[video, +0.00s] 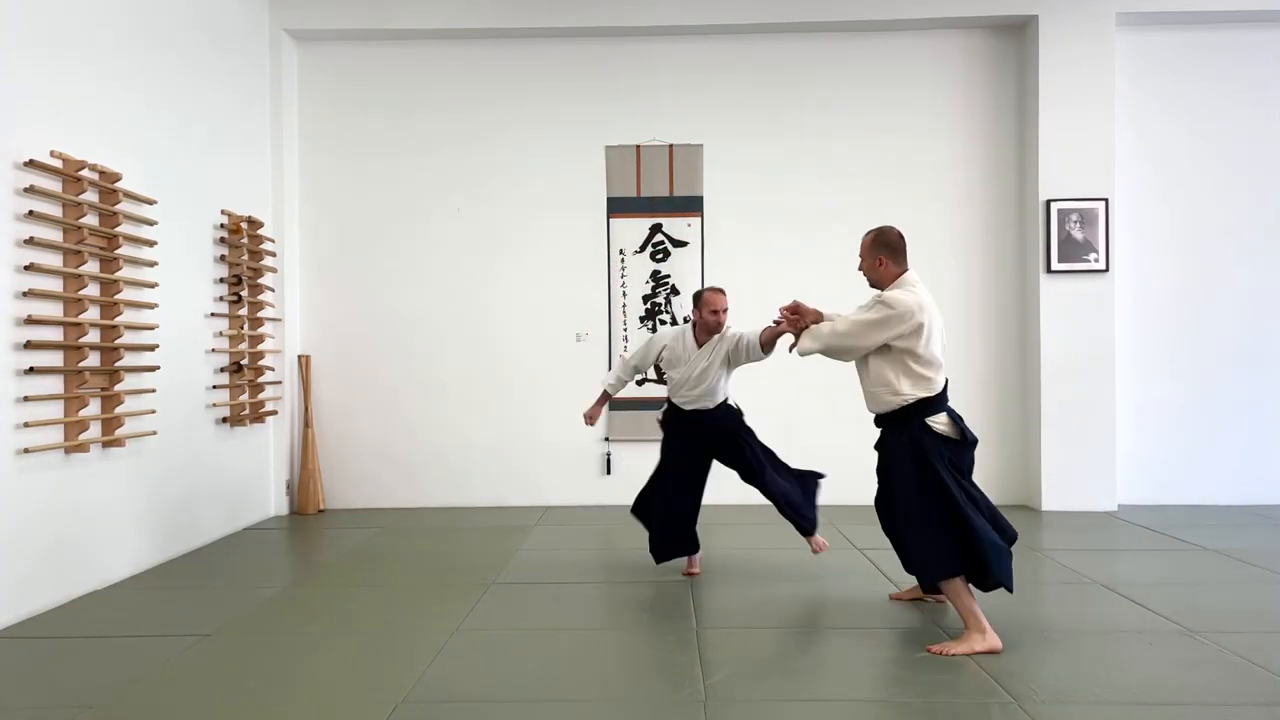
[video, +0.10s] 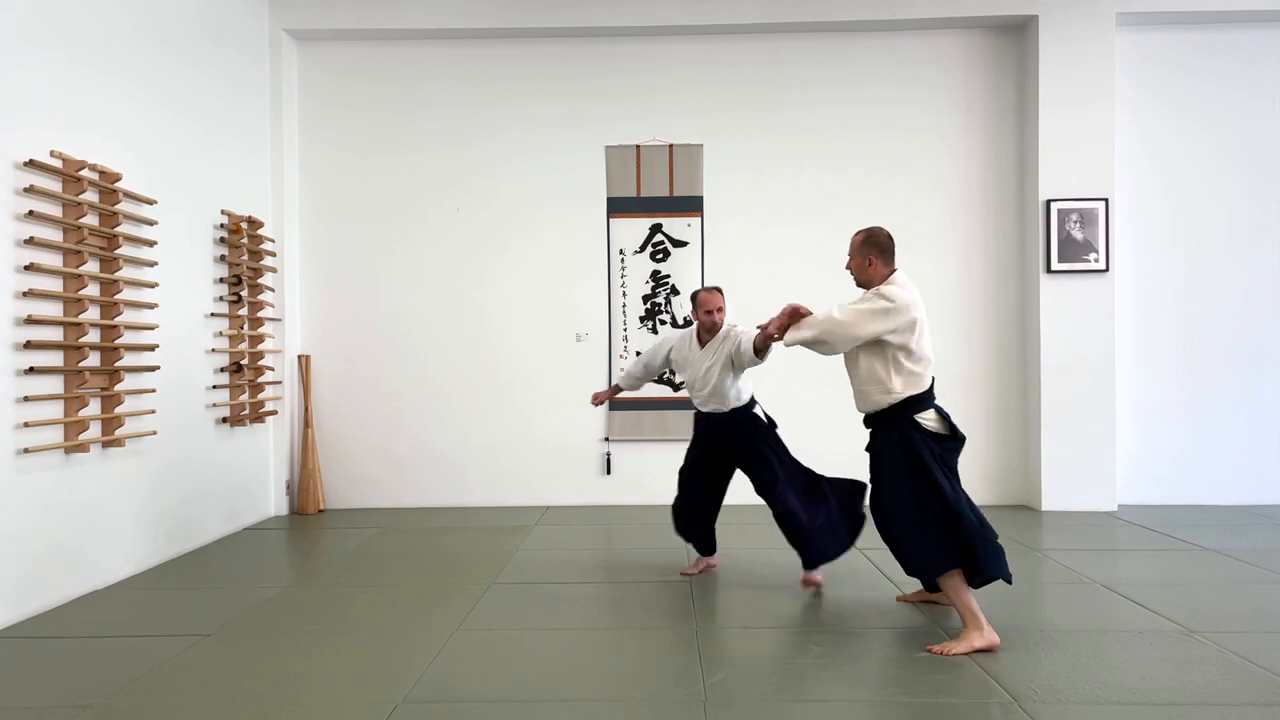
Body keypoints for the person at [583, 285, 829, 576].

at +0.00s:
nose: (721, 318)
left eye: (724, 312)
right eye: (714, 312)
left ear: (727, 313)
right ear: (696, 314)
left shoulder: (729, 343)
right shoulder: (667, 341)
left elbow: (757, 342)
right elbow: (628, 368)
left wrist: (779, 328)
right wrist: (598, 403)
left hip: (720, 421)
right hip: (681, 425)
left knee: (763, 473)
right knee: (679, 492)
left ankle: (806, 527)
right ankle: (691, 550)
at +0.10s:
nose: (716, 317)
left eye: (720, 310)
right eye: (709, 312)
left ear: (725, 310)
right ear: (694, 314)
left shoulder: (734, 338)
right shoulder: (677, 343)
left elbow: (754, 350)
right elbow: (643, 367)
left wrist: (769, 333)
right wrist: (613, 390)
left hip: (744, 424)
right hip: (708, 428)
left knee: (779, 492)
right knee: (694, 495)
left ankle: (810, 564)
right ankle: (707, 555)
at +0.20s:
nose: (722, 313)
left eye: (727, 306)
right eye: (715, 309)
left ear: (738, 306)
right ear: (708, 314)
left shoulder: (755, 337)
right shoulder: (703, 343)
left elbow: (755, 354)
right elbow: (680, 369)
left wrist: (745, 343)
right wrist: (655, 386)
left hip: (761, 430)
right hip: (727, 430)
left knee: (777, 508)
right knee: (696, 493)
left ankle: (806, 584)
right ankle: (714, 547)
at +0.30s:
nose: (718, 305)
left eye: (723, 298)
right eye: (714, 300)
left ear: (742, 297)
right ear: (711, 305)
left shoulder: (762, 330)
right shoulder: (719, 340)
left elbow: (764, 355)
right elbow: (721, 380)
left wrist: (733, 336)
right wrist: (702, 391)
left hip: (771, 426)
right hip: (737, 426)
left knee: (787, 503)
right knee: (706, 483)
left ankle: (809, 581)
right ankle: (707, 560)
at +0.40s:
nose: (714, 302)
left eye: (719, 294)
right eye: (707, 297)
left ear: (735, 294)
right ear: (702, 303)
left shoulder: (752, 323)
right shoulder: (714, 332)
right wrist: (735, 405)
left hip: (775, 418)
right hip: (742, 420)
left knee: (791, 495)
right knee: (714, 487)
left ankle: (816, 573)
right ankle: (710, 566)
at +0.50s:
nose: (700, 299)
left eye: (707, 291)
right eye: (695, 295)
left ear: (724, 293)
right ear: (692, 304)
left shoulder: (742, 321)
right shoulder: (706, 332)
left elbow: (748, 334)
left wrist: (737, 303)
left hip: (765, 416)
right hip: (737, 418)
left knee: (773, 491)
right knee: (716, 488)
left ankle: (787, 570)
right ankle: (714, 565)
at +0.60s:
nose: (694, 295)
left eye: (699, 288)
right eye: (689, 290)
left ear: (717, 287)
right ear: (688, 295)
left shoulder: (735, 322)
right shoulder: (705, 328)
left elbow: (741, 361)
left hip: (751, 409)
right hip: (729, 410)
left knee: (750, 485)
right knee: (711, 484)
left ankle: (763, 565)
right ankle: (713, 563)